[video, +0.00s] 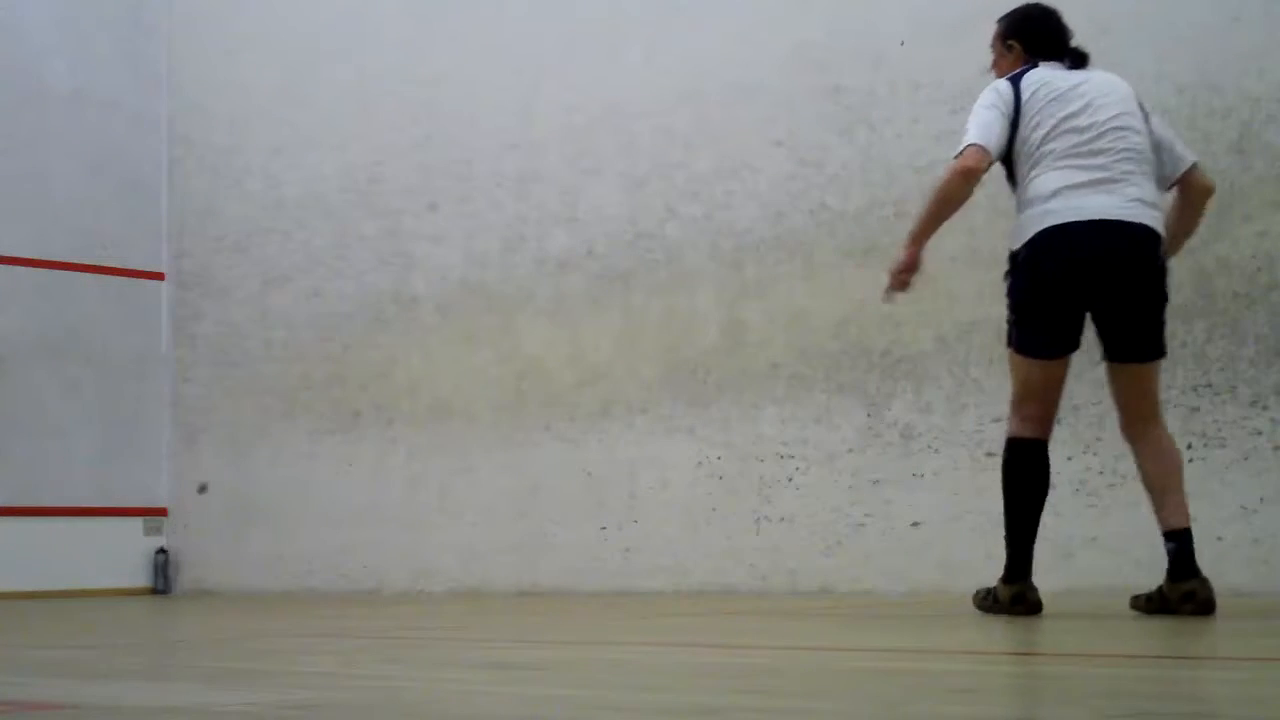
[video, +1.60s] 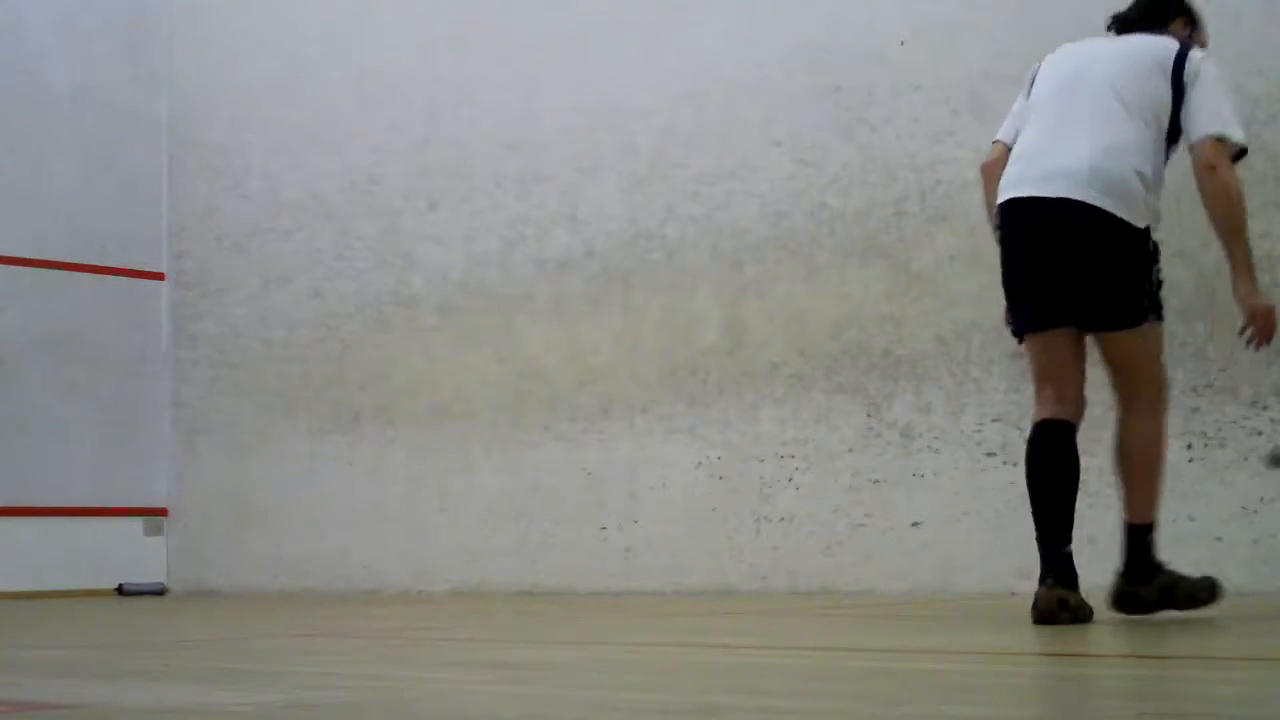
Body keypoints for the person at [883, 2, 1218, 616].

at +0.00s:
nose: (992, 66)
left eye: (995, 55)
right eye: (992, 55)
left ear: (1015, 52)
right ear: (1061, 48)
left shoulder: (1009, 88)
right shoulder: (1119, 90)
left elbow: (970, 166)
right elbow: (1197, 186)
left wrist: (914, 245)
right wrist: (1160, 252)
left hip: (1050, 252)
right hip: (1134, 251)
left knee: (1031, 416)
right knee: (1144, 420)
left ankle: (1017, 581)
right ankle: (1184, 573)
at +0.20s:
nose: (1021, 28)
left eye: (1022, 17)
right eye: (1020, 18)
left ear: (1042, 13)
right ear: (1089, 12)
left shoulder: (1038, 57)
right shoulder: (1148, 61)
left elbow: (1043, 137)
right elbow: (1221, 149)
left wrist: (1013, 236)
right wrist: (1200, 240)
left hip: (1086, 238)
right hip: (1167, 237)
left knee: (1051, 398)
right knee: (1168, 410)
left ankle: (1055, 572)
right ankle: (1188, 575)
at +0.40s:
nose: (1035, 7)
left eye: (1037, 1)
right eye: (1035, 1)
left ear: (1053, 1)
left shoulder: (1056, 33)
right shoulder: (1160, 47)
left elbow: (1070, 131)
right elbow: (1220, 143)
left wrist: (1053, 238)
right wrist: (1201, 242)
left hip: (1100, 247)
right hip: (1172, 249)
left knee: (1065, 401)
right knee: (1180, 410)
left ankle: (1140, 557)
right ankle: (1192, 576)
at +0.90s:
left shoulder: (1042, 8)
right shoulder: (1135, 36)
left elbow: (1009, 115)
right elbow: (1177, 153)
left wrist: (962, 217)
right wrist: (1139, 223)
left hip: (1083, 215)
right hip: (1134, 219)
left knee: (1105, 396)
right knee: (1086, 397)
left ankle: (1166, 575)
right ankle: (1111, 568)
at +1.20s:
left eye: (1024, 61)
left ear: (1027, 60)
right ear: (1087, 66)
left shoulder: (1015, 77)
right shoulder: (1132, 106)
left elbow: (977, 162)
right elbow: (1151, 206)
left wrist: (986, 269)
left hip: (1061, 244)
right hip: (1137, 256)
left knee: (1004, 408)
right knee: (1077, 417)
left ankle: (1079, 555)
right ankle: (1068, 579)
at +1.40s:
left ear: (1068, 71)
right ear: (1131, 85)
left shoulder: (1028, 85)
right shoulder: (1158, 114)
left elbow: (972, 174)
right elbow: (1184, 239)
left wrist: (1000, 255)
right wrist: (1191, 351)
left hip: (1029, 244)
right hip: (1114, 253)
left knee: (1033, 411)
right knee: (1087, 417)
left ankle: (1049, 572)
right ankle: (1071, 577)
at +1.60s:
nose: (1197, 56)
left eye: (1198, 48)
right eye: (1196, 46)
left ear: (1123, 28)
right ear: (1179, 32)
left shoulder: (1057, 59)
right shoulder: (1186, 59)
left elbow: (994, 164)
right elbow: (1213, 163)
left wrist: (1019, 258)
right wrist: (1246, 285)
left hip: (1024, 223)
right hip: (1107, 223)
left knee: (1054, 394)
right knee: (1141, 397)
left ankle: (1054, 580)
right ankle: (1140, 571)